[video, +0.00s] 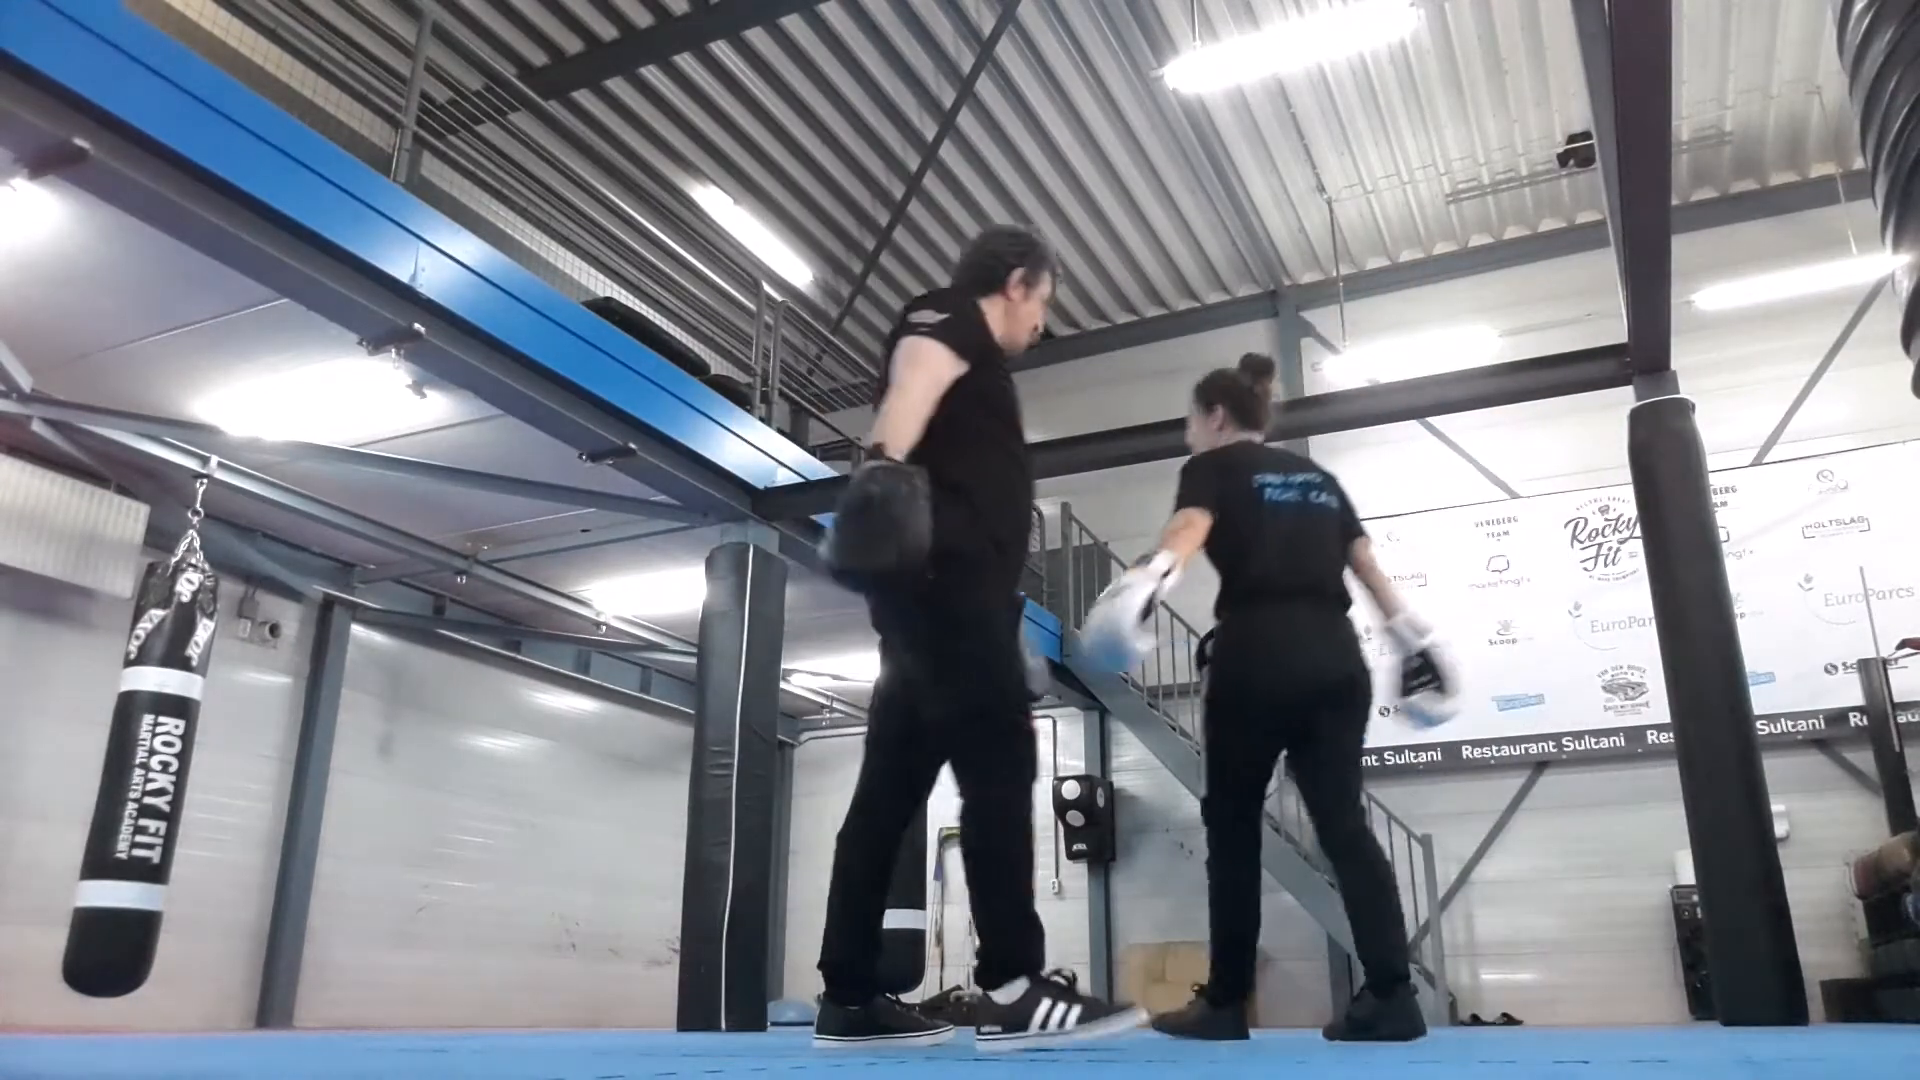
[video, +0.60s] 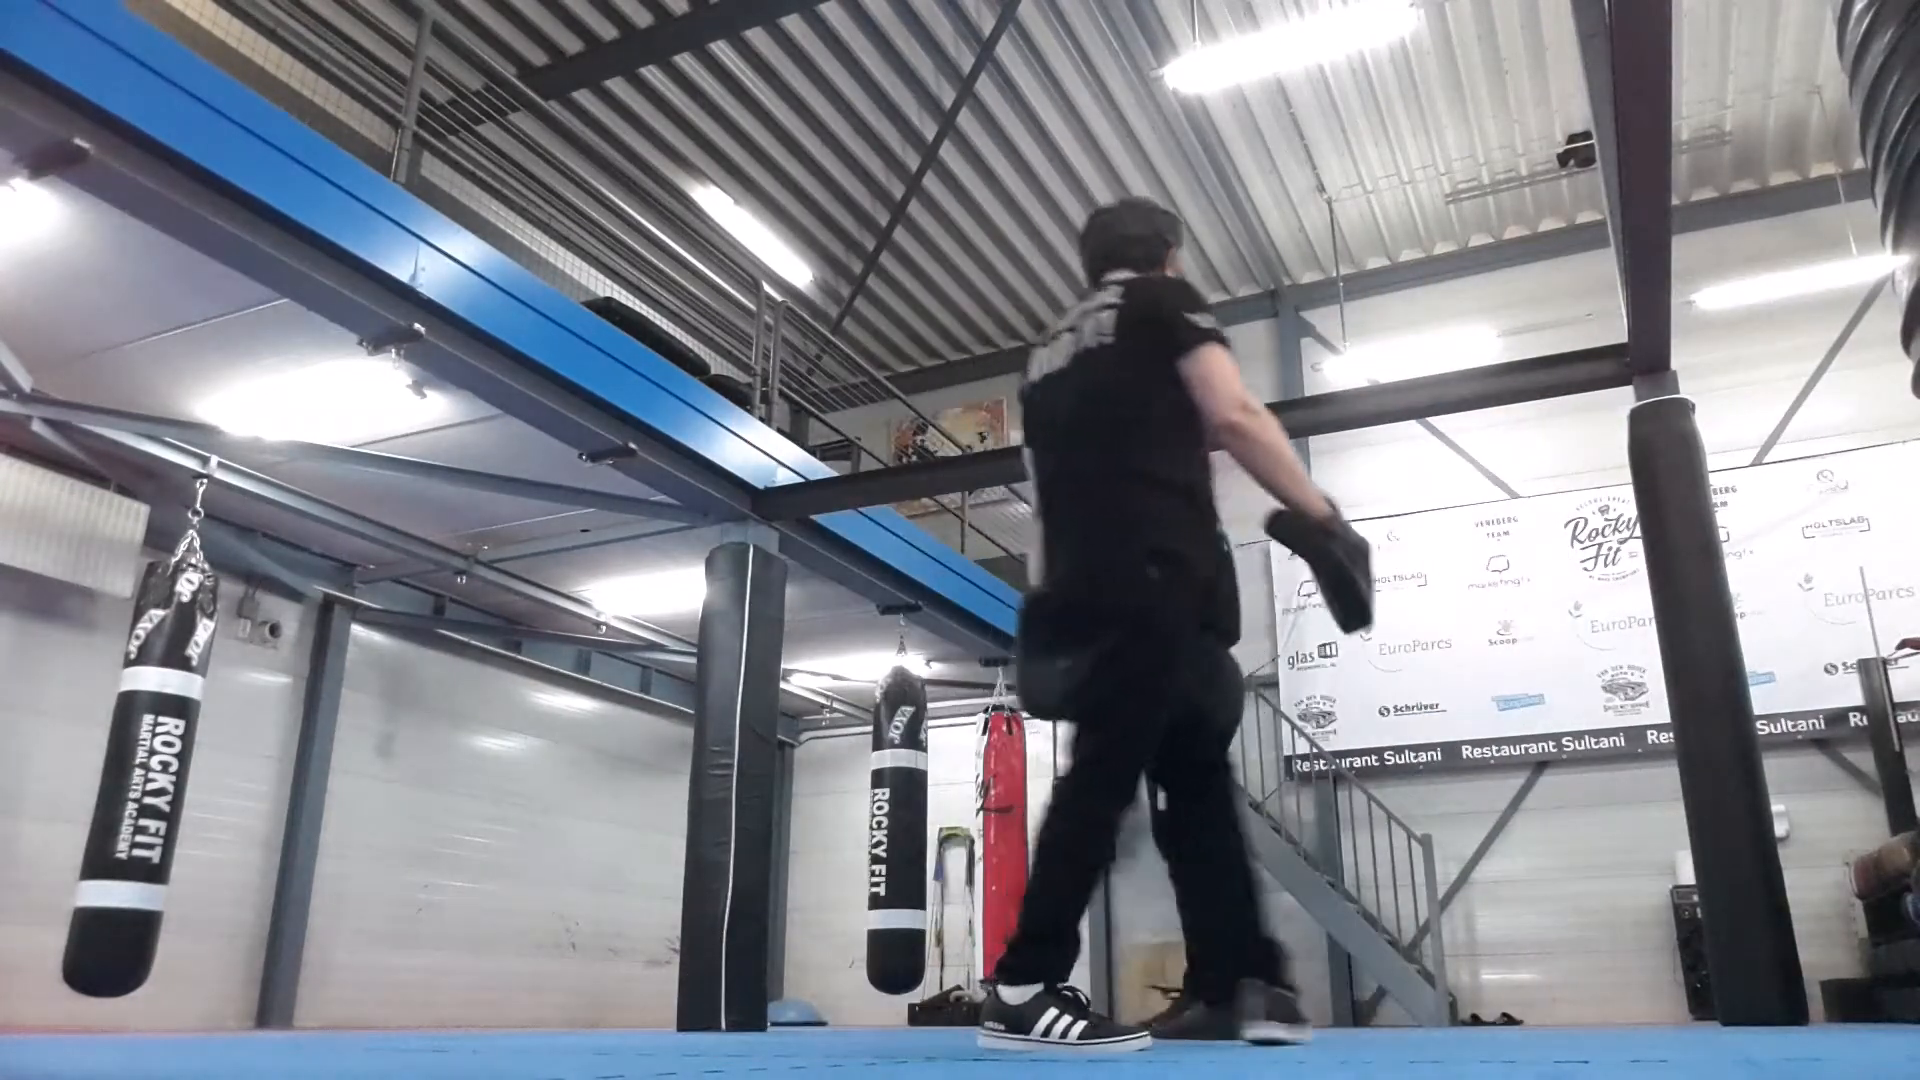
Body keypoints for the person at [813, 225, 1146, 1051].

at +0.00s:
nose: (1043, 322)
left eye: (1047, 309)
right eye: (1044, 304)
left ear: (1001, 285)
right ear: (1013, 284)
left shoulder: (975, 351)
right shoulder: (948, 319)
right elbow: (908, 400)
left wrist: (992, 583)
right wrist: (881, 481)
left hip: (942, 597)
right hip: (952, 594)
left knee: (887, 793)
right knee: (1001, 778)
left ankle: (851, 994)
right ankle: (1012, 981)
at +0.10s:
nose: (1063, 308)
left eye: (1065, 293)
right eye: (1063, 289)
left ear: (1009, 270)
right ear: (1036, 274)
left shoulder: (970, 336)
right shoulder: (980, 314)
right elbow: (949, 392)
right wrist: (938, 499)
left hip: (960, 589)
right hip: (991, 589)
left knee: (923, 783)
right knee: (1033, 773)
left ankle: (856, 992)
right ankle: (1021, 988)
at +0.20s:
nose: (1086, 294)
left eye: (1086, 279)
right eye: (1085, 277)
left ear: (1017, 264)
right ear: (1061, 268)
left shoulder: (983, 330)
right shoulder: (1017, 311)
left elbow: (939, 466)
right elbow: (1006, 390)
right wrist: (1026, 501)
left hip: (979, 574)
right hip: (1022, 571)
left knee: (996, 784)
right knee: (1056, 779)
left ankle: (879, 974)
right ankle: (1026, 992)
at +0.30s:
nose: (1109, 285)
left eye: (1108, 269)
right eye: (1108, 267)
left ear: (1030, 259)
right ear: (1087, 259)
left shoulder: (981, 348)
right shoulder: (1046, 298)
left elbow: (991, 481)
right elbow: (1071, 400)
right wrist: (1127, 498)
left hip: (1008, 584)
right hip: (1051, 579)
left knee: (1057, 784)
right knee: (1072, 784)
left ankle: (931, 951)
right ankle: (1024, 995)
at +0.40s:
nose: (1133, 268)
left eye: (1132, 255)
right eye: (1132, 254)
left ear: (1049, 251)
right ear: (1113, 248)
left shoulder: (997, 348)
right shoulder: (1079, 291)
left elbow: (1021, 484)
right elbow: (1135, 400)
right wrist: (1219, 503)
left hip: (1037, 579)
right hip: (1077, 576)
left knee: (1111, 757)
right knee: (1076, 770)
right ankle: (1023, 990)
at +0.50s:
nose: (1157, 264)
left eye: (1154, 251)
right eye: (1155, 250)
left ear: (1068, 251)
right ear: (1134, 247)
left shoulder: (1017, 345)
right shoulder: (1120, 295)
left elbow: (1046, 463)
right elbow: (1190, 403)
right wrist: (1273, 502)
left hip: (1046, 579)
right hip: (1111, 580)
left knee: (1163, 755)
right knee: (1070, 779)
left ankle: (1164, 958)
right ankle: (1022, 989)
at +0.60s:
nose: (1184, 272)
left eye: (1179, 260)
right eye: (1181, 259)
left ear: (1091, 268)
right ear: (1164, 258)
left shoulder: (1045, 359)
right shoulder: (1157, 303)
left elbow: (1048, 492)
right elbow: (1234, 419)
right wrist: (1317, 511)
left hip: (1088, 600)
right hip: (1164, 595)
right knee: (1098, 789)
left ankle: (1241, 983)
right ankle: (1024, 983)